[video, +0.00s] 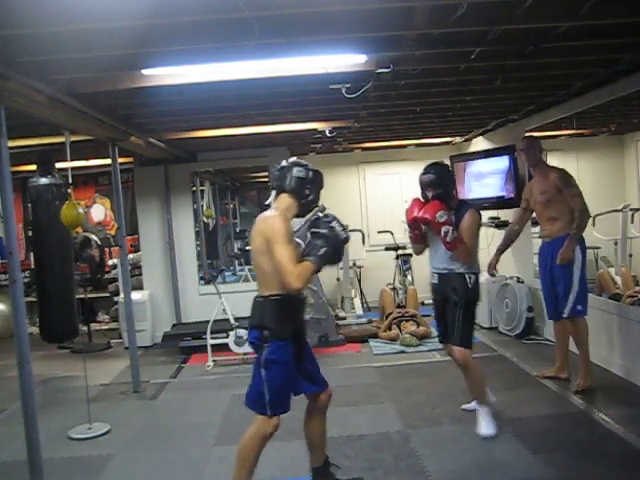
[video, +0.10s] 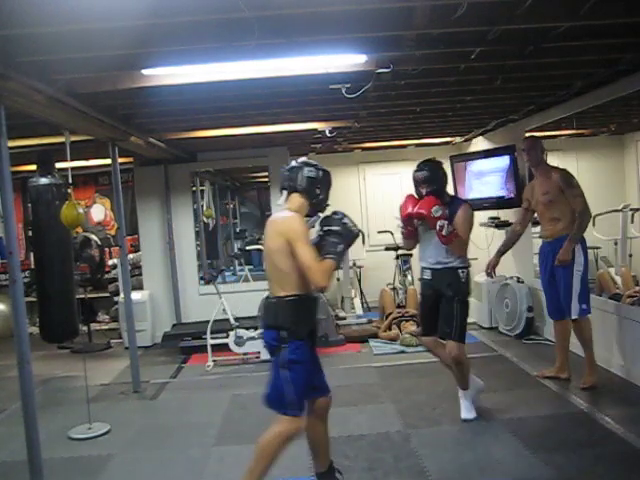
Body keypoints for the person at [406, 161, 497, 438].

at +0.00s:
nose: (427, 195)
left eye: (431, 189)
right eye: (424, 190)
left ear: (447, 187)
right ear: (424, 191)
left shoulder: (467, 213)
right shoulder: (430, 211)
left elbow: (467, 256)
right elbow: (419, 247)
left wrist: (446, 228)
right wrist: (414, 225)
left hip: (463, 280)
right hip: (440, 280)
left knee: (460, 351)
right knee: (449, 346)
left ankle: (484, 406)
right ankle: (481, 393)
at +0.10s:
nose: (421, 190)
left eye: (425, 185)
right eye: (418, 186)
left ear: (440, 182)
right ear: (416, 186)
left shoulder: (460, 207)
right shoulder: (419, 206)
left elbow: (461, 249)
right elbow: (409, 244)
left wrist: (440, 223)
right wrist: (407, 221)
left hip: (454, 276)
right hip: (428, 277)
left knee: (454, 351)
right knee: (427, 338)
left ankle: (464, 395)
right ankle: (469, 381)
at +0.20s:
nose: (413, 194)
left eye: (417, 188)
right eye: (410, 189)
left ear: (431, 187)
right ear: (408, 191)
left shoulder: (450, 213)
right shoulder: (410, 213)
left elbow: (454, 254)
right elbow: (400, 250)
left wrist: (433, 228)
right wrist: (400, 226)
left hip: (445, 282)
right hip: (420, 282)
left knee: (450, 351)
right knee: (407, 338)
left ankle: (463, 398)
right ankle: (440, 371)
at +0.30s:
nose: (403, 200)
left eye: (408, 194)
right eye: (400, 195)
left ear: (421, 193)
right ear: (398, 197)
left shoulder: (438, 218)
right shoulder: (398, 218)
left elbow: (442, 259)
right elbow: (389, 257)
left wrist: (425, 232)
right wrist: (391, 233)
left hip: (433, 286)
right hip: (407, 286)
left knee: (444, 355)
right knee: (392, 337)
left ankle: (461, 400)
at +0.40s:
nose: (395, 204)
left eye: (399, 198)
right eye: (391, 199)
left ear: (410, 198)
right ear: (386, 200)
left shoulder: (425, 221)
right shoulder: (385, 222)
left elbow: (431, 260)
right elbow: (374, 255)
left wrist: (419, 241)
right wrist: (383, 231)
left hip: (414, 285)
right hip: (389, 285)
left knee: (432, 350)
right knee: (382, 340)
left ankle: (460, 402)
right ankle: (382, 385)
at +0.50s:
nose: (383, 203)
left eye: (388, 198)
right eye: (379, 198)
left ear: (397, 198)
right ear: (375, 198)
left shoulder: (409, 221)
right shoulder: (366, 219)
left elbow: (418, 259)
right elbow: (353, 252)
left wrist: (407, 239)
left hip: (399, 286)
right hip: (372, 286)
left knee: (417, 344)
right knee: (372, 339)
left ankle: (446, 397)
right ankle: (381, 383)